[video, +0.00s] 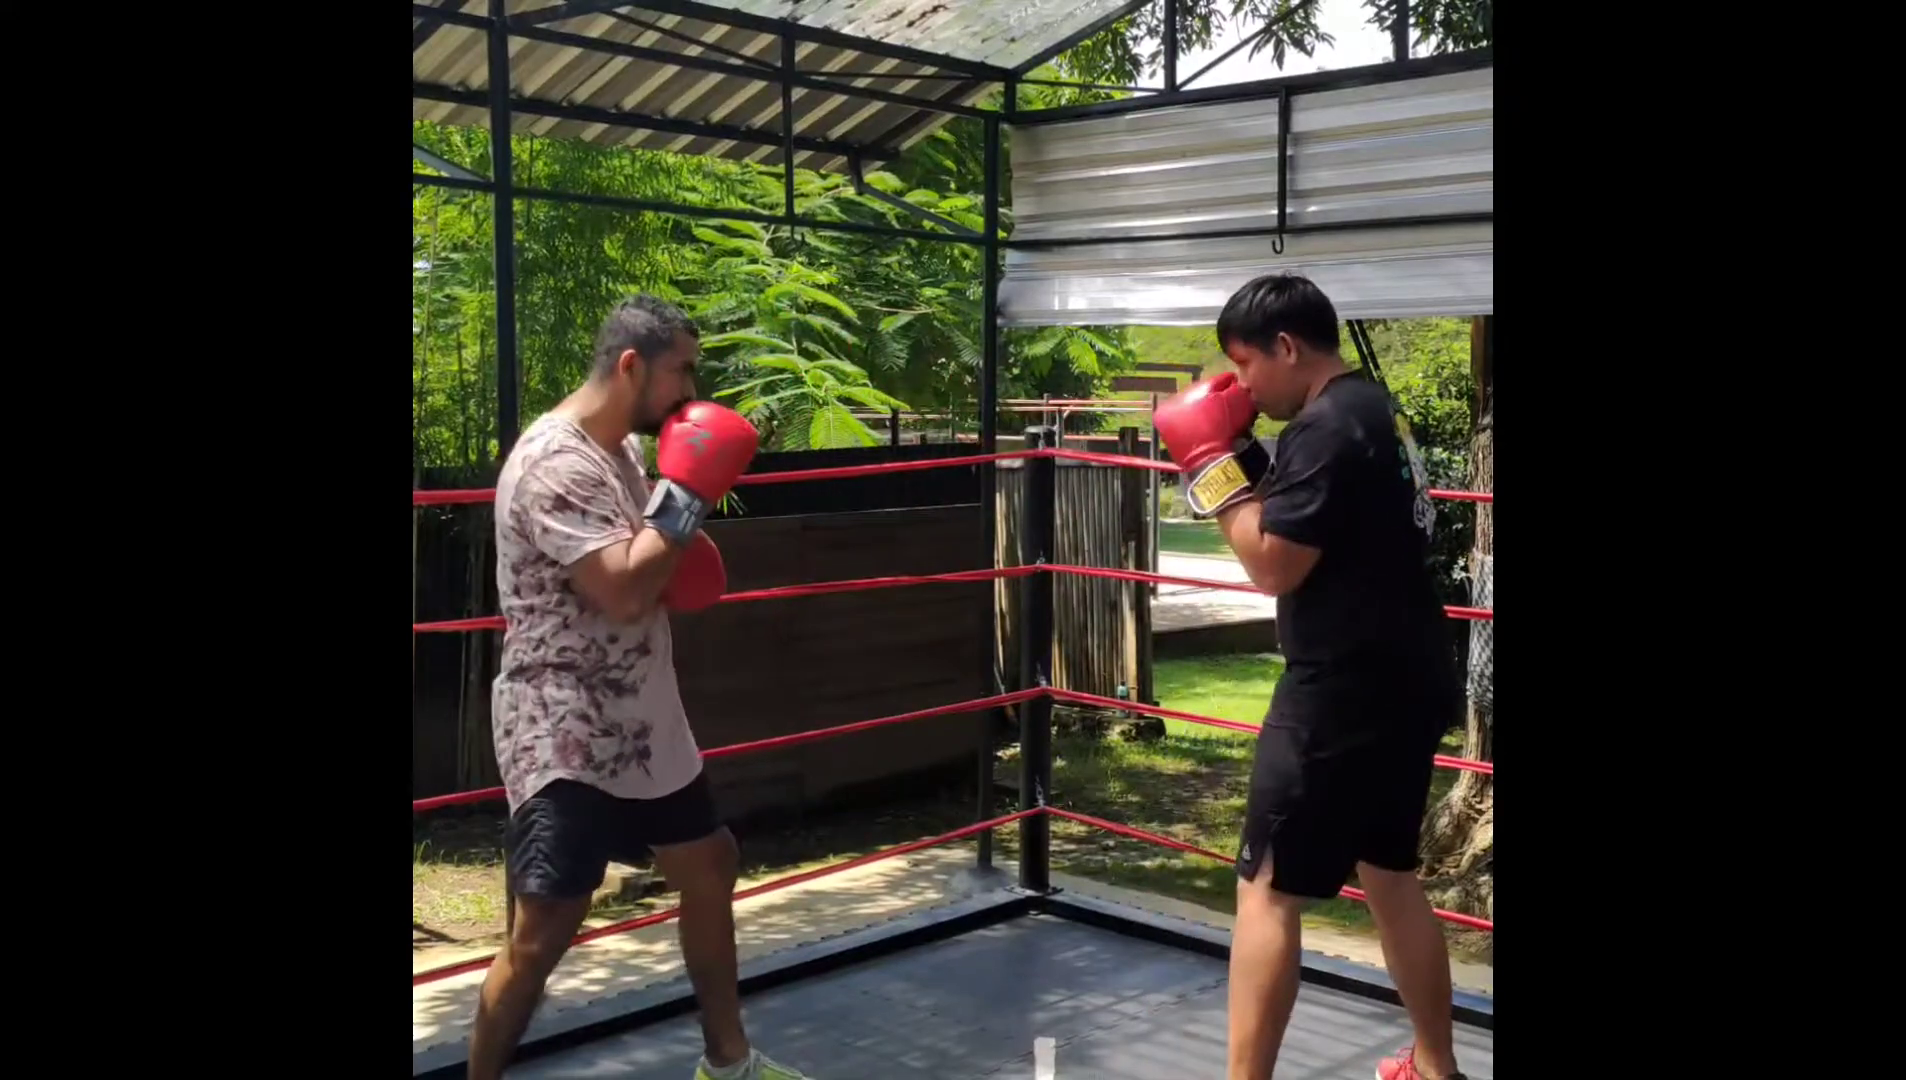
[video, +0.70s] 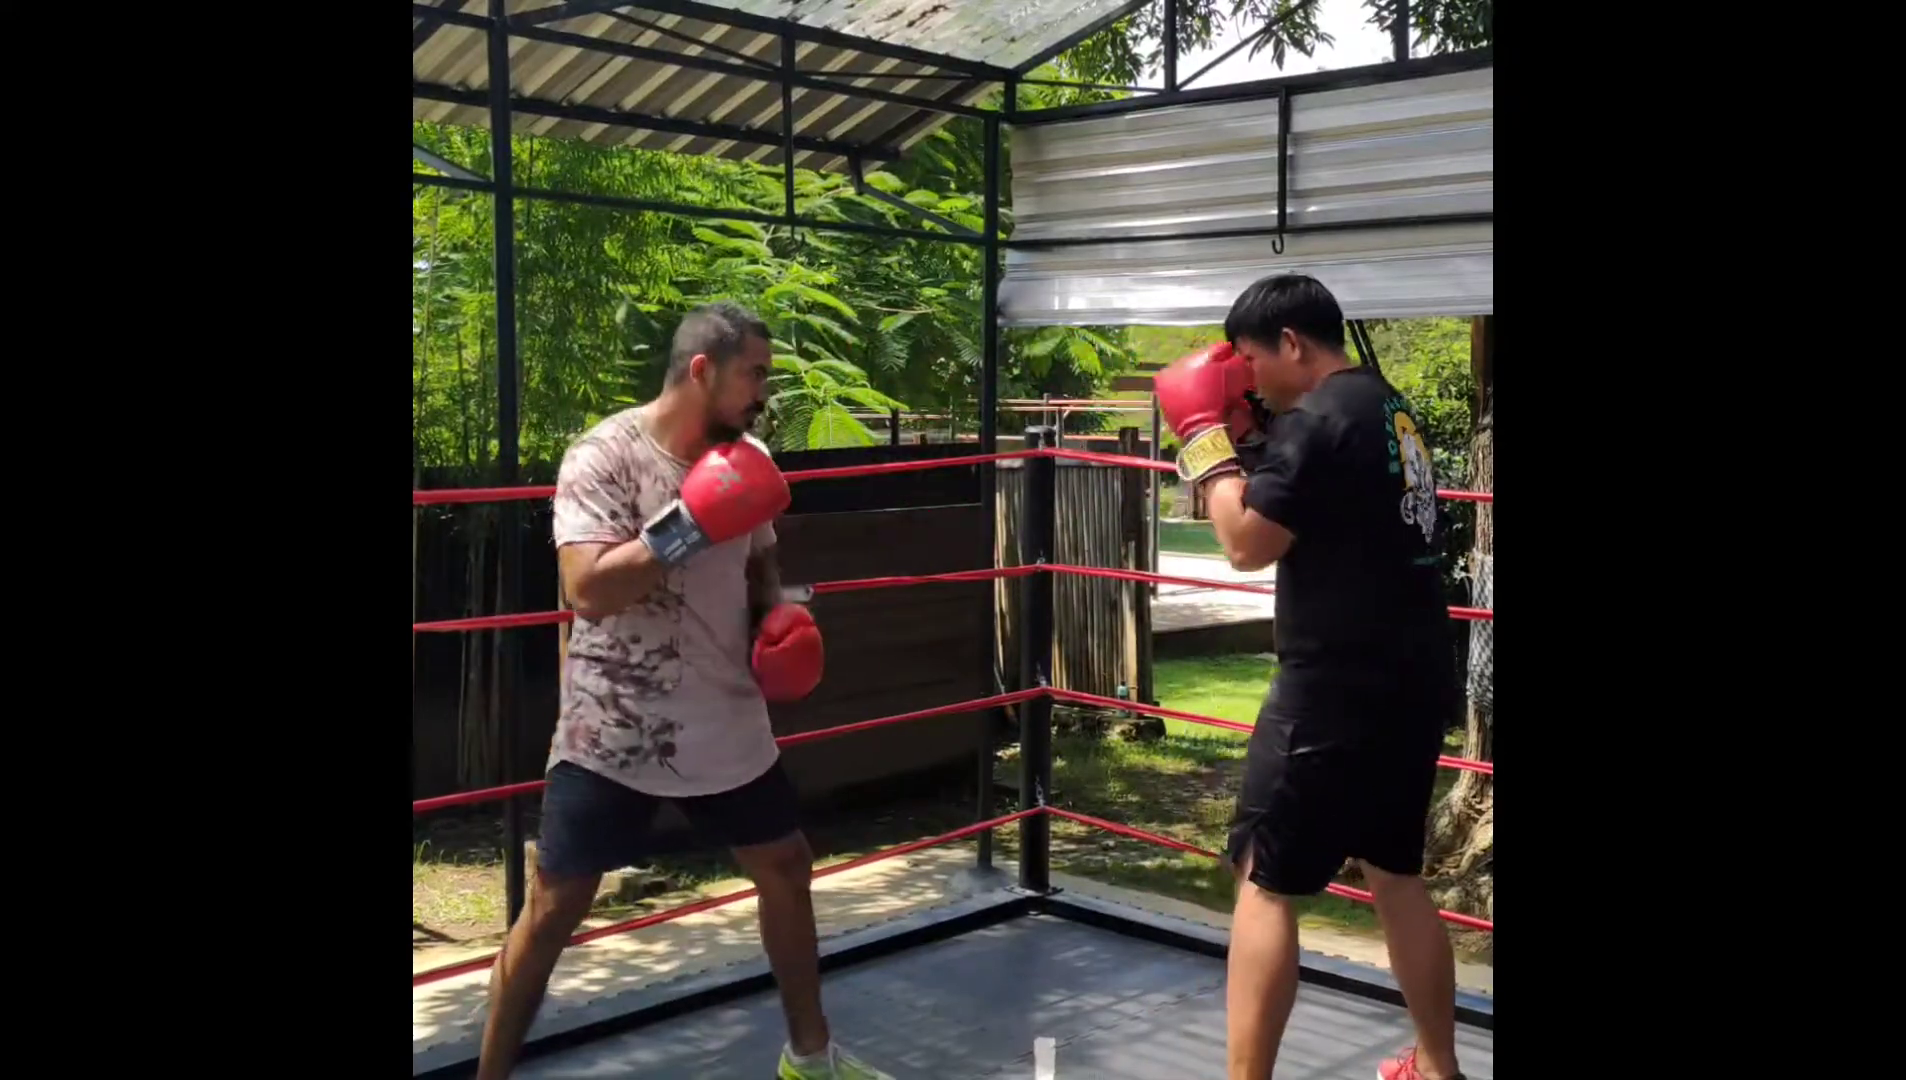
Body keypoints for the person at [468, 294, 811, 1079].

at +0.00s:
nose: (691, 391)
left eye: (695, 373)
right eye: (683, 370)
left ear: (630, 369)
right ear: (631, 365)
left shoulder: (627, 455)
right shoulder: (551, 461)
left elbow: (623, 590)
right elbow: (619, 593)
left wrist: (672, 583)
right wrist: (683, 493)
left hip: (646, 725)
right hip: (565, 735)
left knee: (709, 868)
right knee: (539, 936)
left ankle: (730, 1058)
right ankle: (481, 1074)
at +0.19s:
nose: (720, 412)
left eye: (723, 394)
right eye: (712, 391)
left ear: (661, 389)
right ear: (658, 385)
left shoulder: (664, 481)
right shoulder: (569, 485)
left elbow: (654, 617)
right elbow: (629, 610)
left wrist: (708, 619)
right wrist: (701, 518)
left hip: (688, 740)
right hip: (592, 755)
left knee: (774, 869)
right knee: (560, 948)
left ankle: (802, 1055)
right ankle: (488, 1074)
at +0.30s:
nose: (758, 395)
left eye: (762, 379)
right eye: (750, 376)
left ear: (710, 372)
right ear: (695, 366)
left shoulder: (724, 468)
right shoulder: (598, 463)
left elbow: (760, 543)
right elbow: (620, 576)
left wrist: (817, 542)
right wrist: (714, 505)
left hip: (724, 725)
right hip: (618, 734)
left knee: (797, 868)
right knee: (559, 927)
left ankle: (809, 1054)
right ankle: (489, 1074)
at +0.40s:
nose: (790, 396)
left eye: (794, 382)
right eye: (782, 378)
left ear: (743, 376)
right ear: (726, 369)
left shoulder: (781, 456)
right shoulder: (631, 451)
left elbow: (897, 463)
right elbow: (624, 572)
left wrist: (976, 423)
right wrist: (721, 494)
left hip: (740, 723)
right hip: (629, 726)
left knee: (812, 866)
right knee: (570, 911)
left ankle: (811, 1052)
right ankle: (499, 1072)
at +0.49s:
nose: (802, 407)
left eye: (806, 391)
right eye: (795, 388)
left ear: (753, 378)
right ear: (741, 374)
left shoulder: (790, 455)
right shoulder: (641, 458)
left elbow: (905, 469)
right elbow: (637, 580)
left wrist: (987, 448)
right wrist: (734, 501)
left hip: (750, 729)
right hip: (635, 731)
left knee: (820, 867)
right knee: (572, 910)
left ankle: (811, 1052)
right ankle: (500, 1072)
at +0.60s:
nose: (787, 397)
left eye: (791, 381)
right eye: (779, 378)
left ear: (739, 375)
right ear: (725, 368)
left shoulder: (766, 464)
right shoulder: (627, 457)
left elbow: (833, 540)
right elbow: (621, 585)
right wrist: (718, 514)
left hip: (750, 719)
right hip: (634, 721)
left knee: (808, 868)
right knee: (572, 899)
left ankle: (812, 1054)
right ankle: (493, 1072)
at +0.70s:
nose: (765, 394)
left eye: (768, 377)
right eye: (755, 375)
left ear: (712, 375)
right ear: (700, 370)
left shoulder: (741, 470)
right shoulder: (601, 456)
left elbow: (765, 579)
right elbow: (585, 588)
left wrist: (785, 620)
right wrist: (688, 525)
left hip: (726, 724)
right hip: (610, 728)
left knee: (788, 871)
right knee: (553, 907)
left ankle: (811, 1053)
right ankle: (491, 1073)